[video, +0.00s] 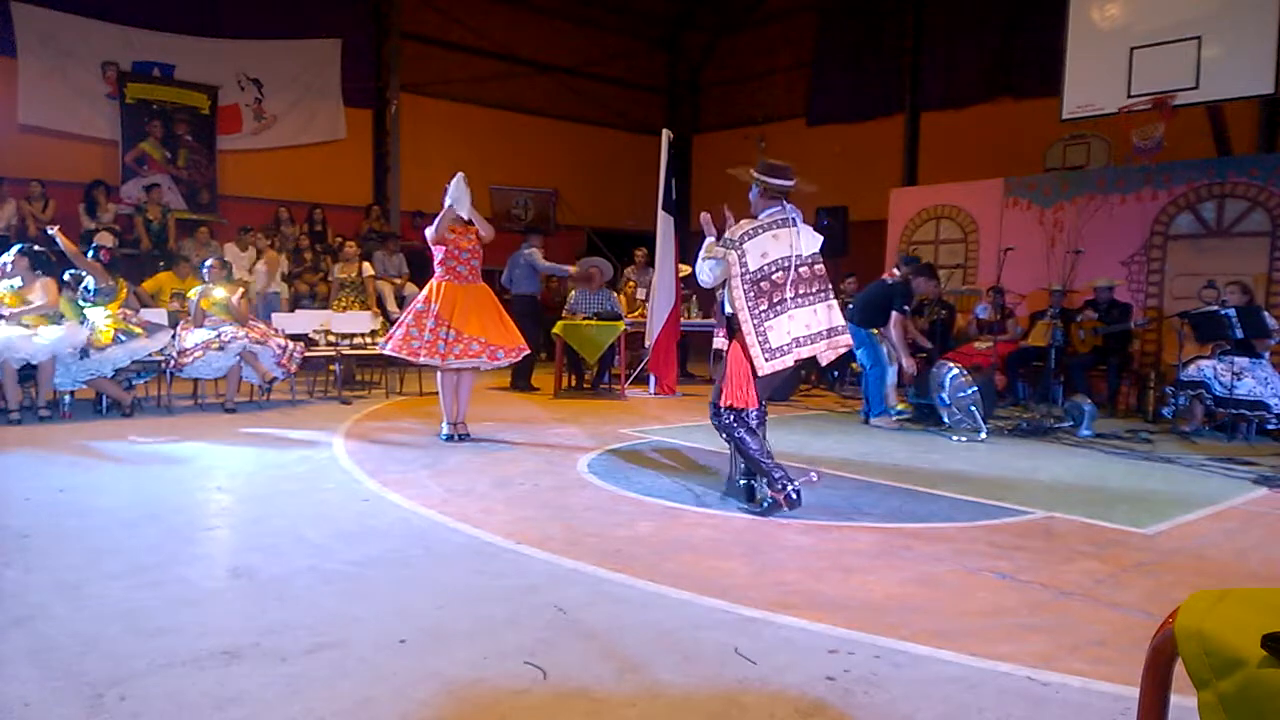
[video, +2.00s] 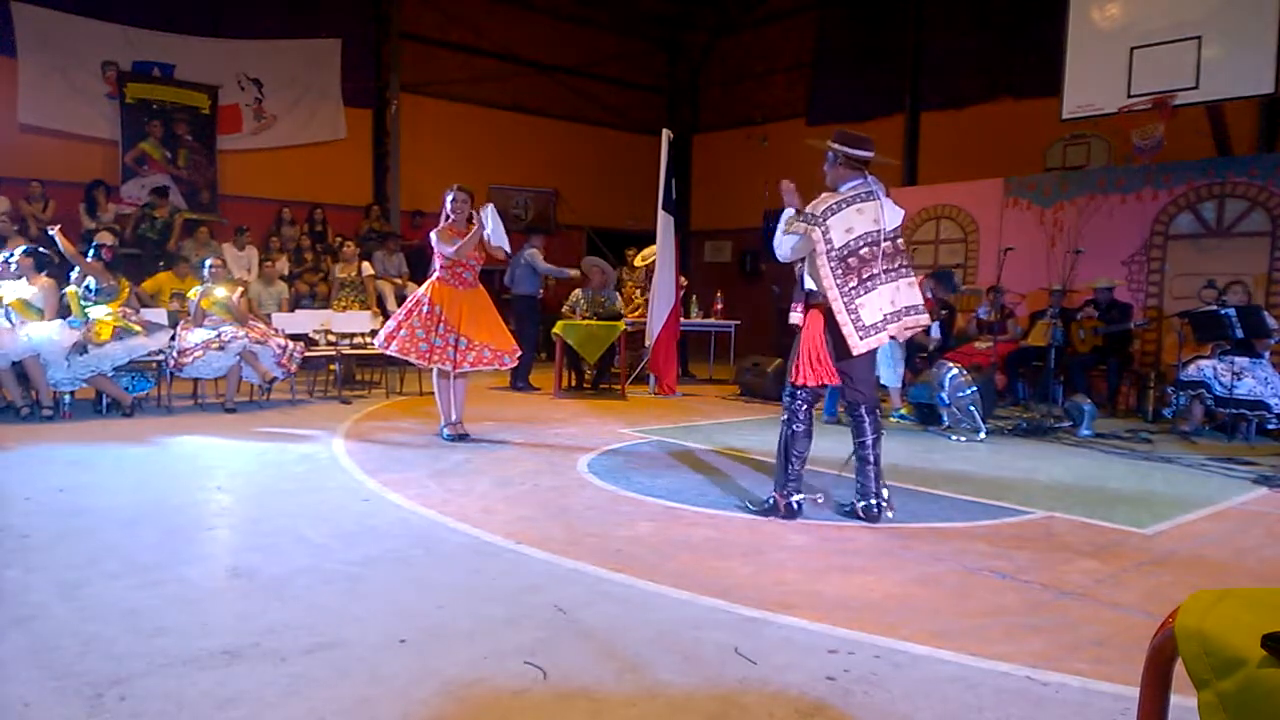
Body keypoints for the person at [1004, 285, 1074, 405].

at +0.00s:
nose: (1056, 299)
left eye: (1059, 296)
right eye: (1053, 295)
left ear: (1063, 297)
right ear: (1049, 296)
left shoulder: (1068, 314)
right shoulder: (1037, 315)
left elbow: (1068, 338)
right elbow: (1029, 334)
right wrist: (1024, 341)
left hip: (1056, 348)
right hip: (1036, 348)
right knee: (1012, 358)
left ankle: (1042, 398)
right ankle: (1012, 395)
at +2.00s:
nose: (1055, 299)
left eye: (1059, 296)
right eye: (1053, 296)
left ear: (1063, 298)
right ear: (1049, 297)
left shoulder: (1067, 315)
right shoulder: (1036, 315)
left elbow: (1067, 339)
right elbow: (1028, 334)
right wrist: (1024, 341)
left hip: (1055, 348)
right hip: (1035, 347)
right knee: (1012, 359)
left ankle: (1042, 398)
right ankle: (1013, 395)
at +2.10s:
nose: (1055, 299)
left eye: (1059, 296)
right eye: (1053, 296)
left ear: (1063, 298)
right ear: (1049, 297)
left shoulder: (1067, 315)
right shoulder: (1036, 315)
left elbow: (1068, 339)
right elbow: (1028, 334)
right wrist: (1024, 341)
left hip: (1055, 348)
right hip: (1035, 348)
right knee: (1012, 359)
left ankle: (1042, 398)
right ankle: (1013, 395)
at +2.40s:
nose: (1056, 299)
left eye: (1059, 296)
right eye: (1054, 295)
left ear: (1063, 297)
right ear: (1049, 296)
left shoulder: (1068, 314)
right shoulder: (1037, 315)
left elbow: (1068, 339)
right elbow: (1028, 334)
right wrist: (1024, 342)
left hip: (1055, 348)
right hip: (1035, 348)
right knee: (1011, 358)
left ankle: (1042, 398)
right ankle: (1013, 395)